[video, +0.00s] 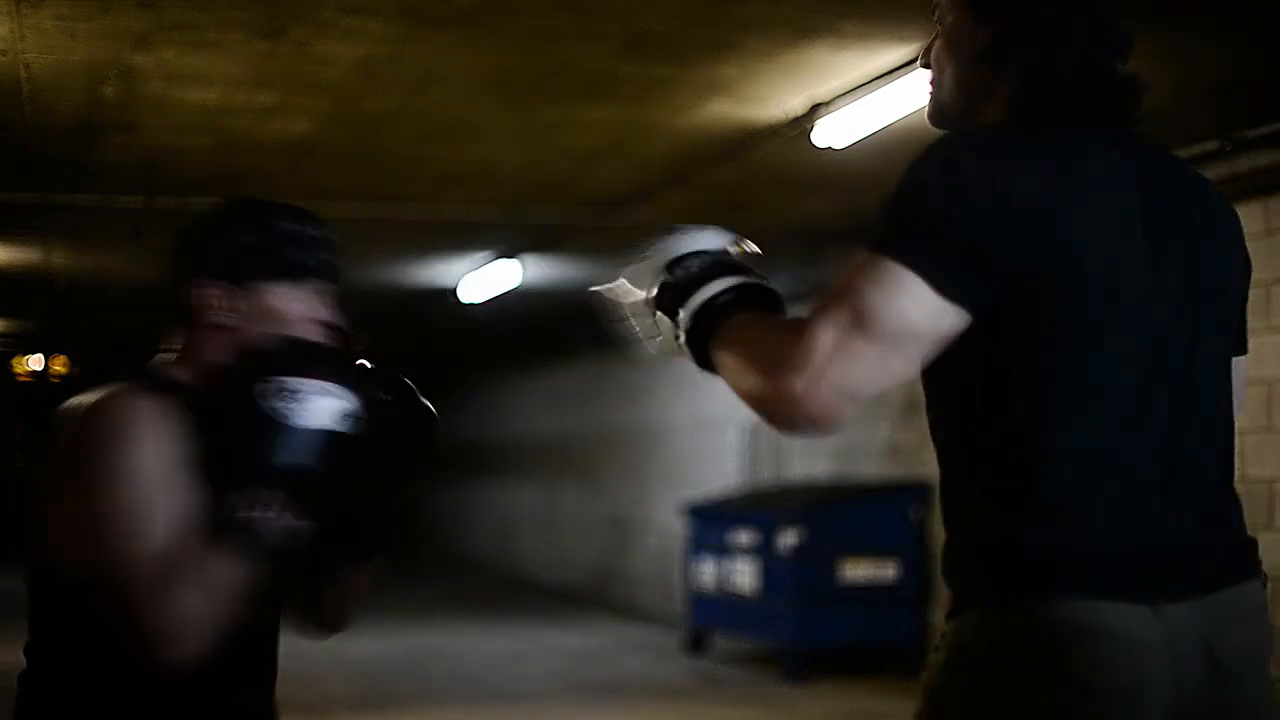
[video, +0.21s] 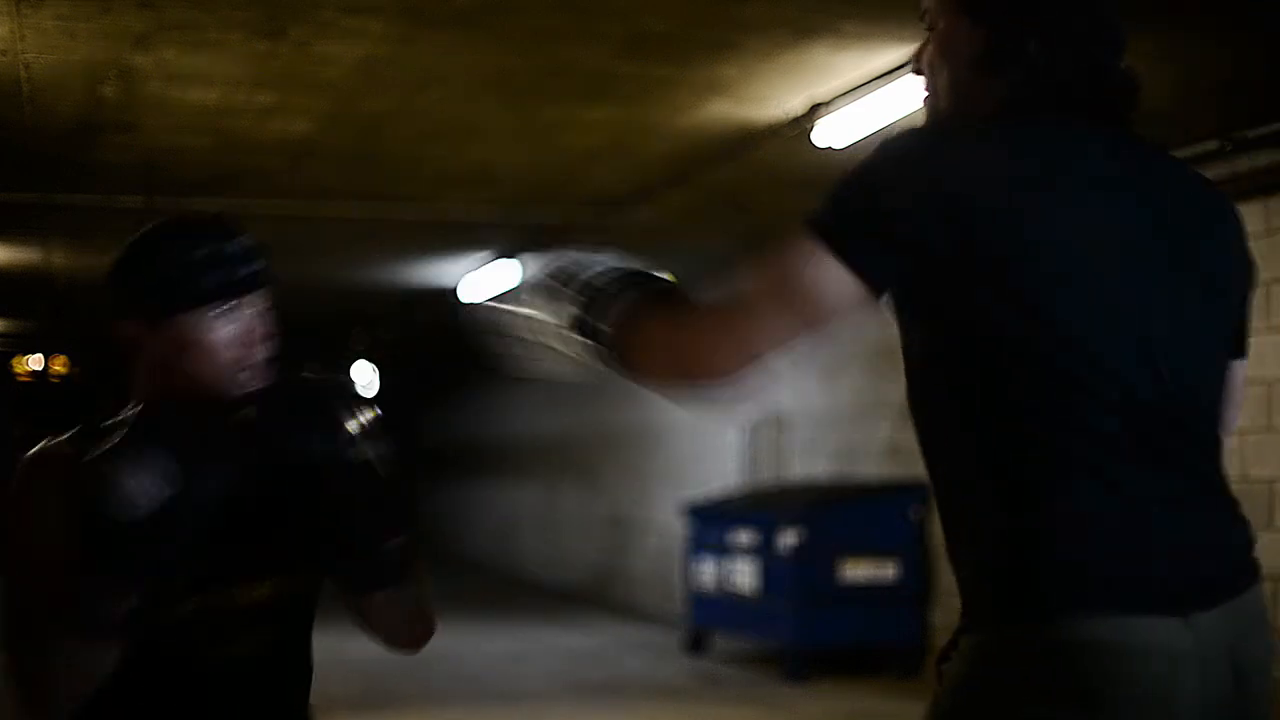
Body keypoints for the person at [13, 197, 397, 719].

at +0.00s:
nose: (330, 320)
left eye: (326, 297)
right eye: (304, 293)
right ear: (220, 303)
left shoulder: (250, 427)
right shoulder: (131, 421)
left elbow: (322, 612)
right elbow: (175, 628)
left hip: (232, 711)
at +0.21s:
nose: (259, 331)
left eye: (260, 307)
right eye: (225, 314)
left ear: (271, 309)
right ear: (158, 334)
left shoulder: (299, 442)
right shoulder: (74, 479)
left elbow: (408, 628)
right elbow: (51, 682)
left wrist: (359, 473)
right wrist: (108, 529)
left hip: (271, 711)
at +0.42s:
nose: (408, 284)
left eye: (400, 258)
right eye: (386, 258)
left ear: (304, 273)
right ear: (309, 270)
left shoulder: (291, 352)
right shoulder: (290, 351)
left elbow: (457, 346)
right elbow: (479, 361)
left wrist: (572, 255)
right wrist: (598, 261)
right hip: (190, 717)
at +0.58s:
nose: (368, 281)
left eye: (365, 260)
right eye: (342, 257)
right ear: (259, 272)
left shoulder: (293, 407)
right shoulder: (192, 398)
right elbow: (184, 596)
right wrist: (354, 493)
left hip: (251, 716)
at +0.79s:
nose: (267, 278)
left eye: (267, 258)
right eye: (235, 254)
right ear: (150, 276)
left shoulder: (254, 417)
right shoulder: (51, 422)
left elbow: (293, 624)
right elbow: (13, 630)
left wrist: (323, 506)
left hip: (196, 710)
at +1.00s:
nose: (249, 245)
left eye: (248, 225)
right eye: (215, 222)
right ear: (132, 245)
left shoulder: (231, 383)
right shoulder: (39, 381)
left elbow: (304, 587)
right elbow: (65, 606)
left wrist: (330, 461)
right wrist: (159, 466)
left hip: (181, 698)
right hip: (61, 706)